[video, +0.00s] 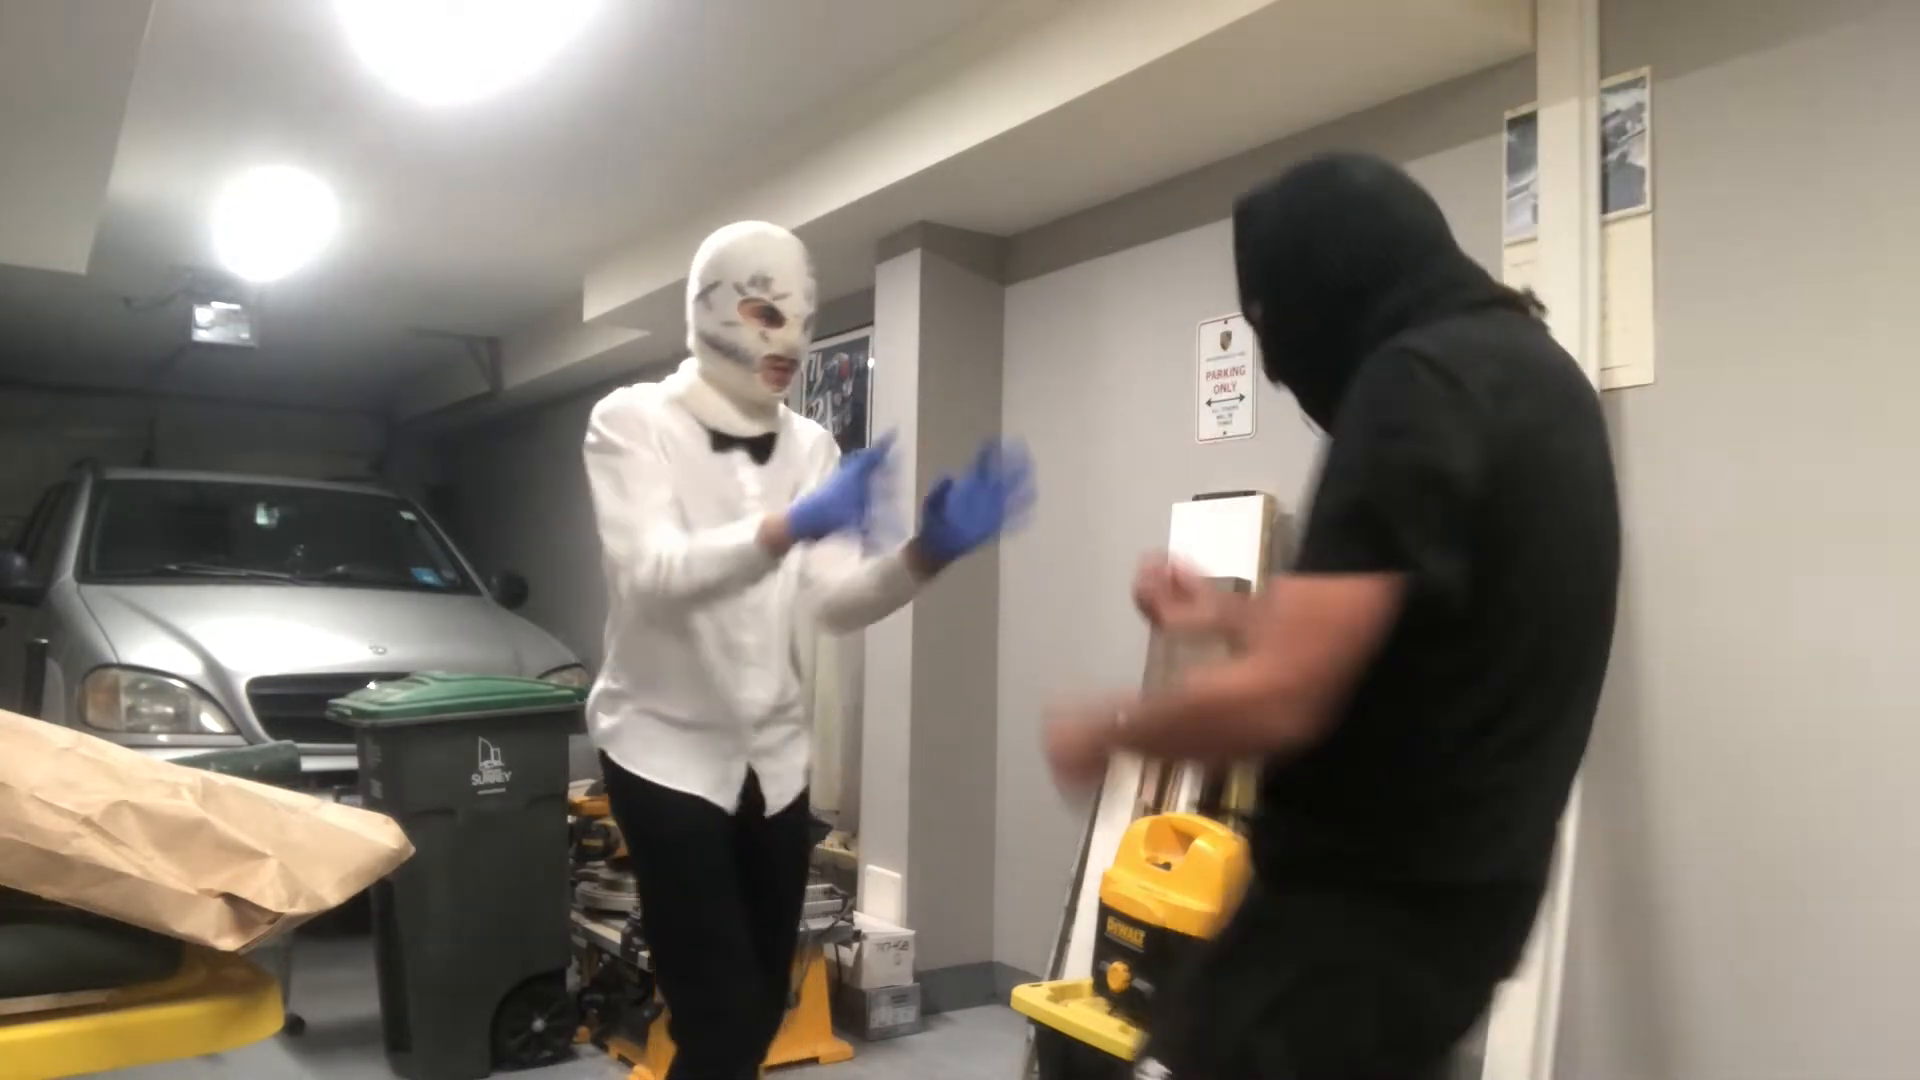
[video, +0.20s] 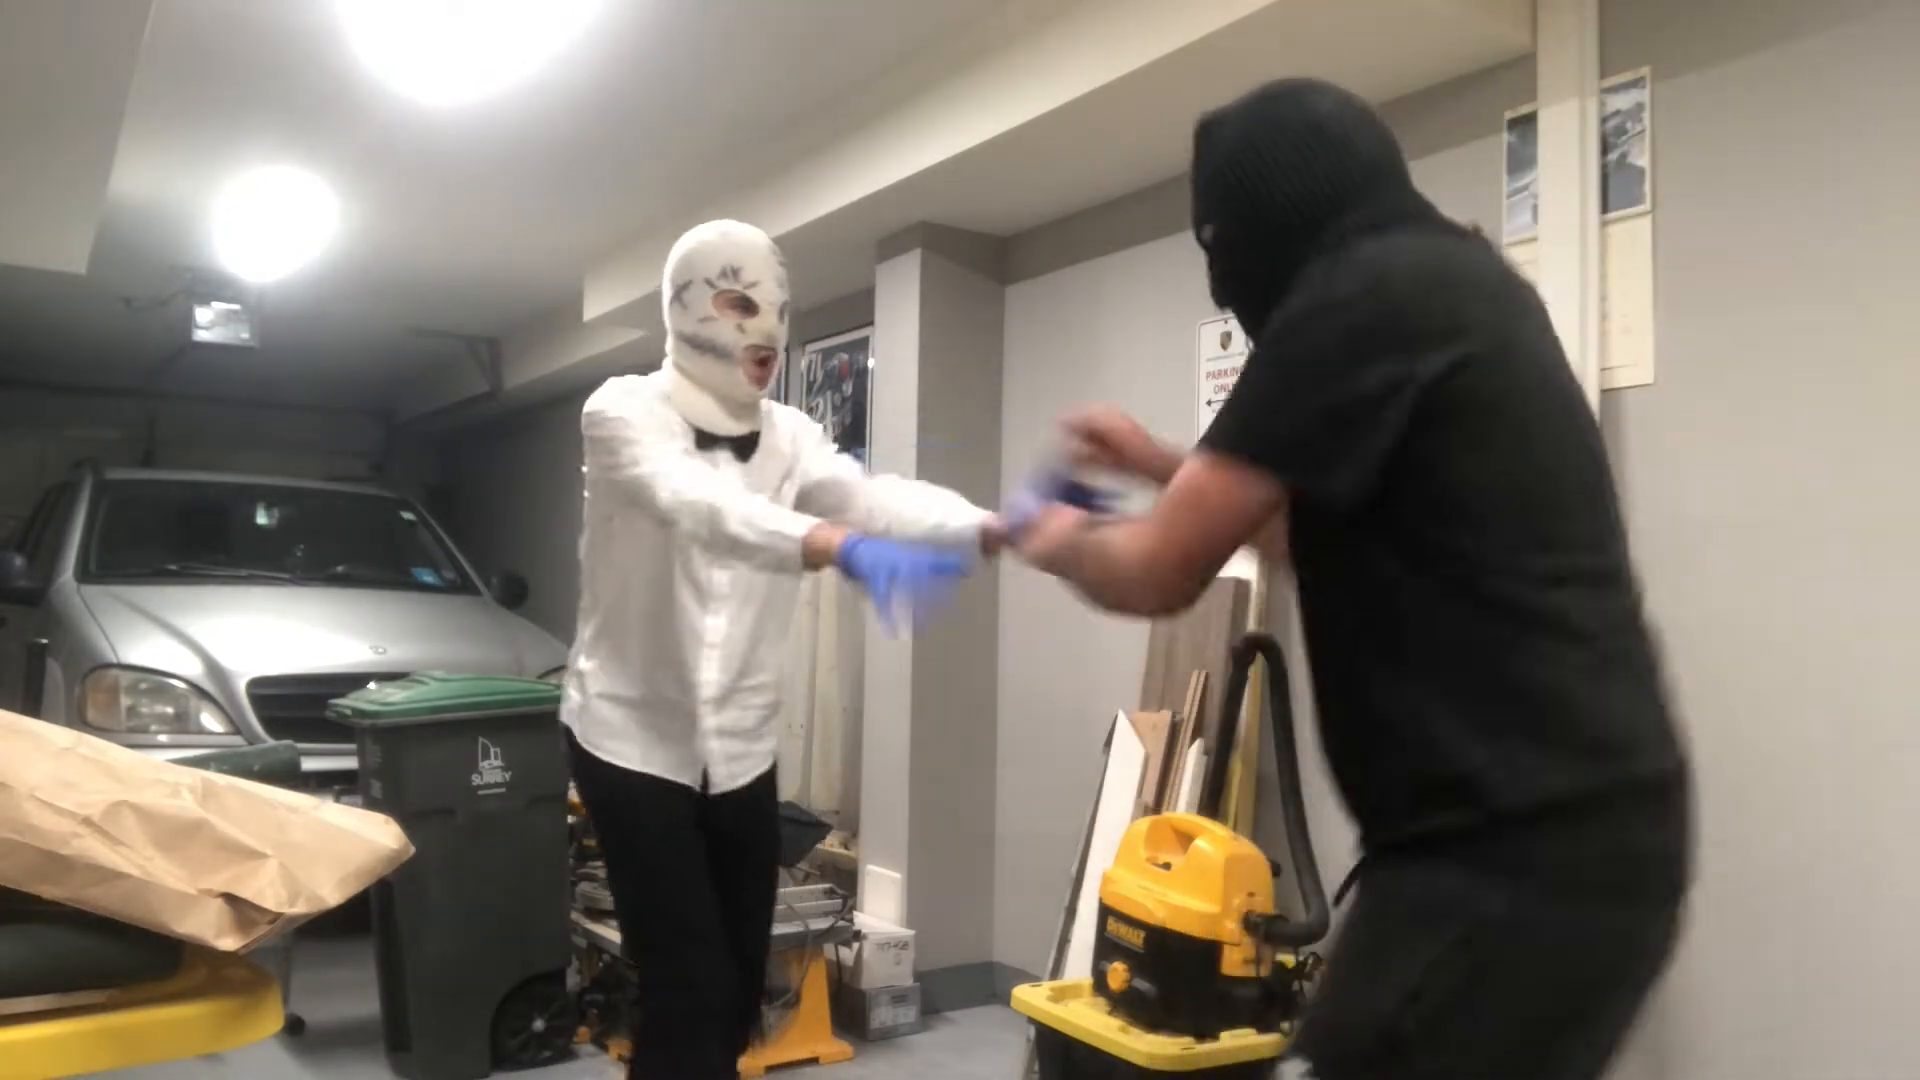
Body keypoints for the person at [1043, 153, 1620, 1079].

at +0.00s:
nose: (1265, 351)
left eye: (1265, 314)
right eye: (1256, 320)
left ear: (1319, 286)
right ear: (1397, 254)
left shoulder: (1415, 385)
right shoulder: (1540, 377)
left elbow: (1282, 696)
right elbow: (1424, 639)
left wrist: (1111, 730)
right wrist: (1226, 611)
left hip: (1352, 918)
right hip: (1453, 911)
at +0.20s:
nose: (1211, 264)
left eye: (1215, 230)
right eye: (1206, 235)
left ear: (1265, 212)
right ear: (1352, 181)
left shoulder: (1359, 300)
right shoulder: (1467, 282)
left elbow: (1157, 572)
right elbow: (1330, 520)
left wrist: (1065, 539)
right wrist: (1164, 464)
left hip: (1497, 857)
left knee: (1363, 1056)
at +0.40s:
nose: (1251, 242)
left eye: (1250, 203)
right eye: (1241, 211)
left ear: (1309, 171)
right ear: (1347, 162)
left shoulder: (1464, 242)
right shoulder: (1424, 276)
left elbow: (1352, 567)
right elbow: (1225, 363)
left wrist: (1248, 599)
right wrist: (1036, 328)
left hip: (1581, 822)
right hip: (1496, 813)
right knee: (1423, 1057)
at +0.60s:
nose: (1298, 215)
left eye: (1307, 182)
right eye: (1296, 187)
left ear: (1374, 166)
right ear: (1409, 156)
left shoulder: (1517, 261)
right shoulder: (1491, 266)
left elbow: (1297, 529)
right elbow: (1274, 434)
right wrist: (1072, 393)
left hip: (1607, 843)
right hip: (1543, 829)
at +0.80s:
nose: (1316, 220)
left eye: (1321, 190)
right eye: (1313, 195)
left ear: (1372, 170)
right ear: (1467, 153)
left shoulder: (1446, 254)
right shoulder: (1572, 279)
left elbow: (1156, 382)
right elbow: (1332, 497)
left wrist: (988, 402)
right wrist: (1143, 472)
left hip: (1643, 837)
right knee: (1465, 1064)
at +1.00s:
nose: (1316, 257)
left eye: (1320, 229)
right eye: (1315, 234)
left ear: (1360, 212)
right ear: (1476, 189)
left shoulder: (1403, 297)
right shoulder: (1618, 296)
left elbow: (1141, 458)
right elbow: (1361, 503)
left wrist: (1035, 522)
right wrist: (1190, 427)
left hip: (1628, 855)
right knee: (1419, 1068)